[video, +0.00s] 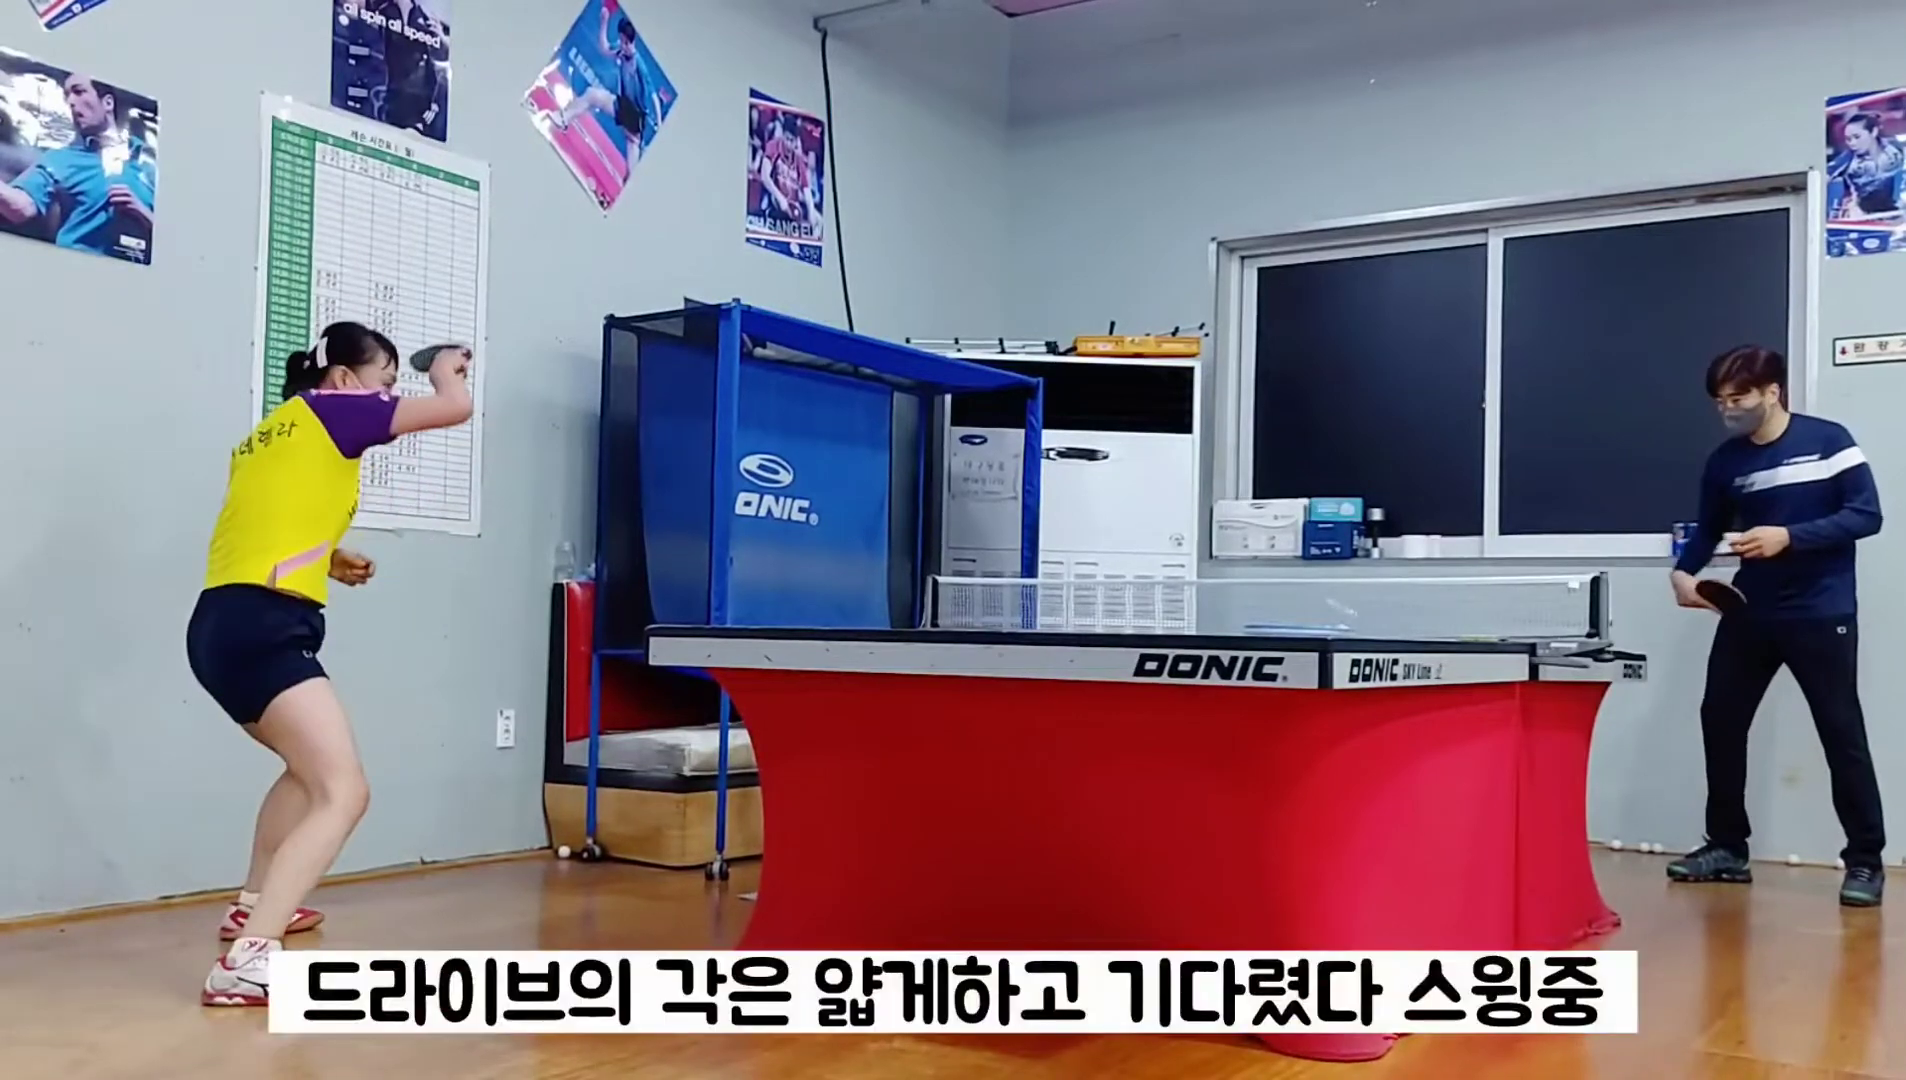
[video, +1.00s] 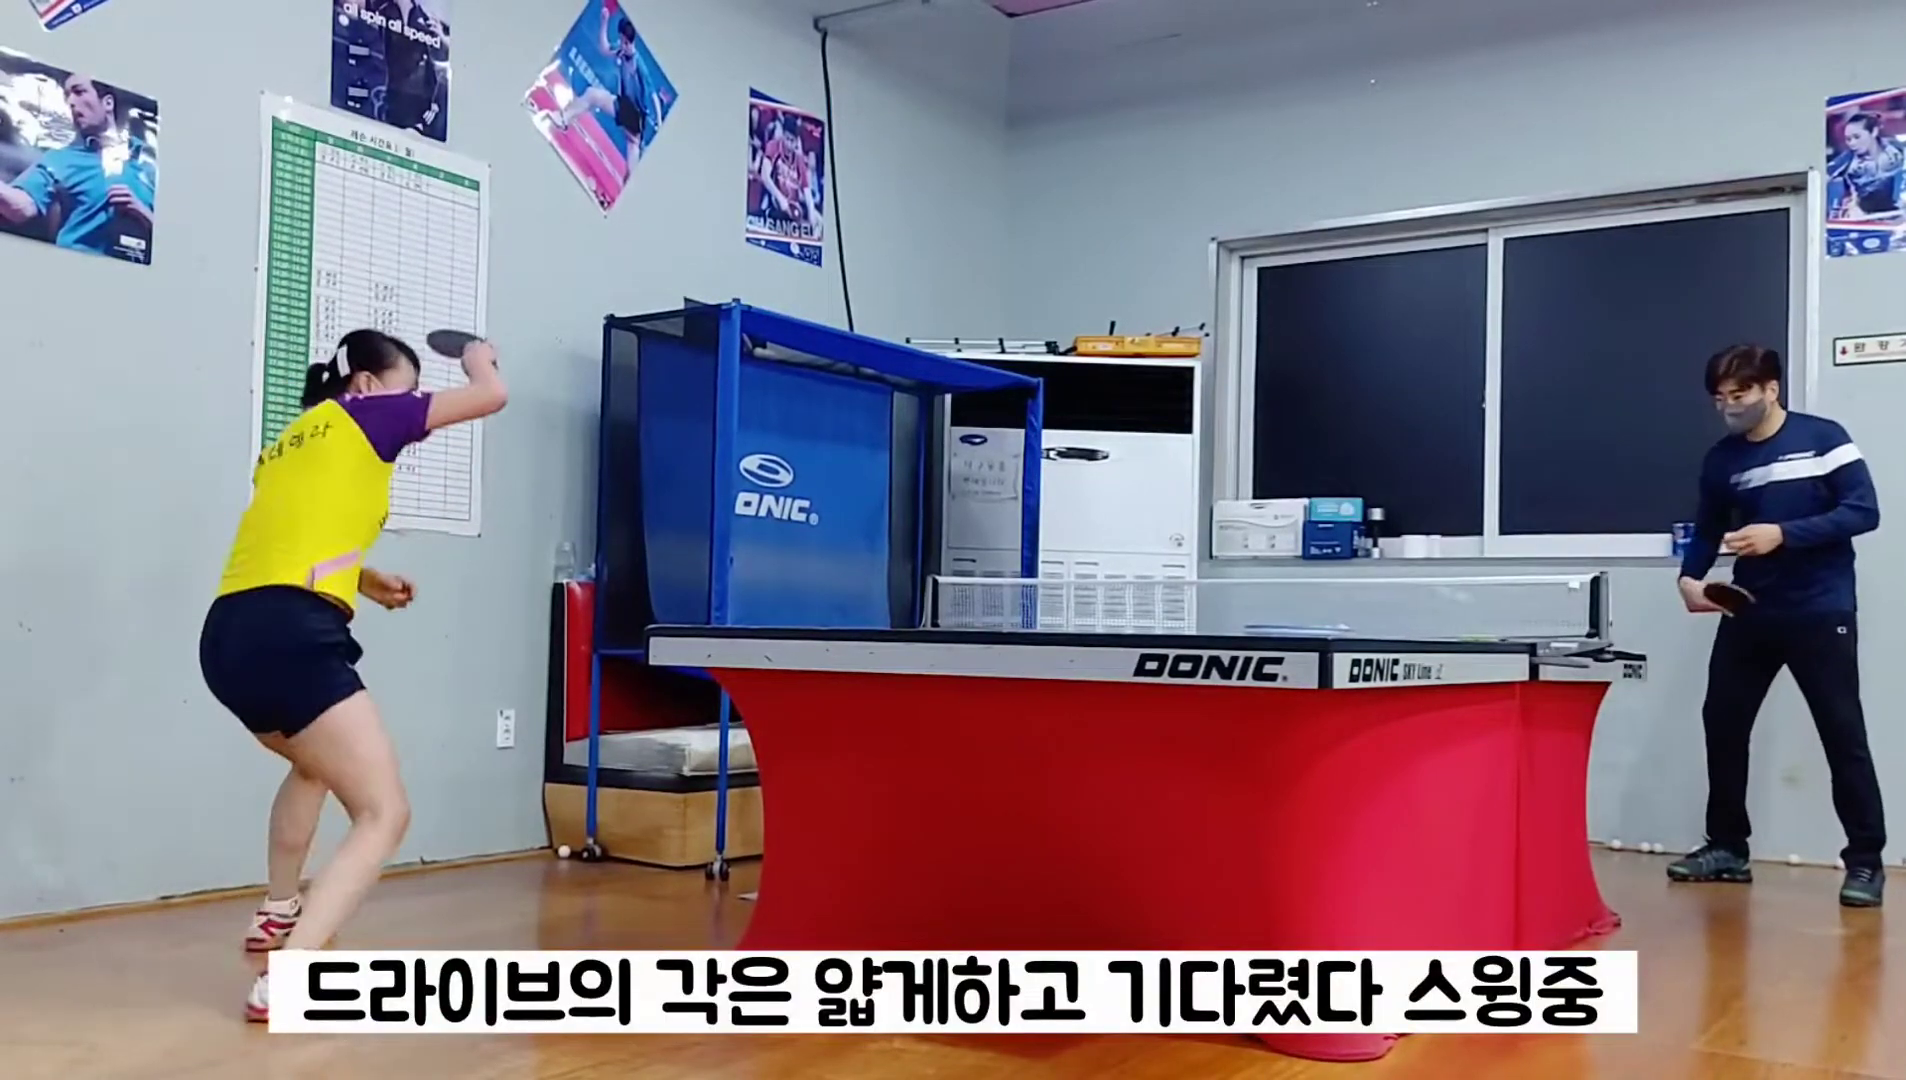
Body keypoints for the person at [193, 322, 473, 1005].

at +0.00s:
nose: (388, 395)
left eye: (389, 385)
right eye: (383, 382)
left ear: (324, 376)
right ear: (344, 374)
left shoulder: (267, 432)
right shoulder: (336, 410)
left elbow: (262, 517)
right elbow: (456, 408)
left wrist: (328, 555)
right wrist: (448, 370)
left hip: (216, 626)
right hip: (262, 624)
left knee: (310, 774)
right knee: (344, 794)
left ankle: (255, 902)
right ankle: (248, 958)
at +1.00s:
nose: (411, 402)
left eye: (413, 392)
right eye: (406, 390)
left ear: (349, 382)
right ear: (367, 380)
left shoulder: (293, 438)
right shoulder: (371, 414)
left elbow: (295, 530)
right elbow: (491, 398)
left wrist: (366, 577)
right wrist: (482, 365)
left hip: (225, 635)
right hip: (291, 629)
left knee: (311, 767)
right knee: (383, 814)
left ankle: (281, 910)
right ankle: (286, 981)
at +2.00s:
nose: (434, 406)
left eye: (437, 395)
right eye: (431, 392)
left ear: (372, 386)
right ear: (391, 381)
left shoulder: (303, 439)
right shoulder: (383, 418)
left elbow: (274, 527)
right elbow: (505, 441)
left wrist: (348, 570)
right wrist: (515, 398)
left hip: (228, 632)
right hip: (281, 632)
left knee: (310, 772)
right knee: (374, 810)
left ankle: (275, 919)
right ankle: (270, 976)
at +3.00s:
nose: (396, 393)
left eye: (398, 382)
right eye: (390, 379)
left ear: (326, 376)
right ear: (351, 371)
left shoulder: (257, 441)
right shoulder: (351, 406)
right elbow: (474, 416)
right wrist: (481, 386)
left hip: (214, 628)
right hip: (270, 625)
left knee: (303, 770)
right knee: (353, 806)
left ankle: (260, 911)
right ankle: (251, 970)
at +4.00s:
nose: (415, 420)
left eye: (419, 410)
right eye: (411, 406)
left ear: (359, 402)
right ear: (370, 397)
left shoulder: (305, 444)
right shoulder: (361, 431)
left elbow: (277, 526)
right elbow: (477, 443)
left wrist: (331, 579)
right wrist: (496, 405)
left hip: (237, 624)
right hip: (253, 625)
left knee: (333, 748)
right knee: (314, 791)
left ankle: (274, 891)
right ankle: (231, 952)